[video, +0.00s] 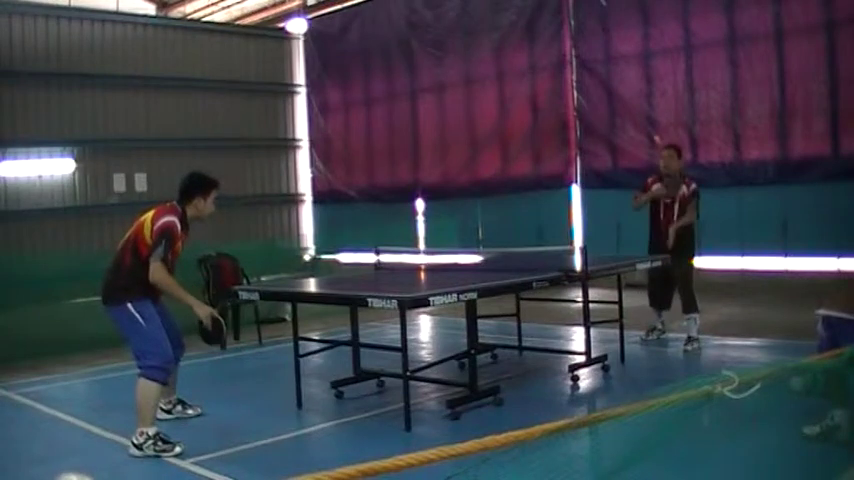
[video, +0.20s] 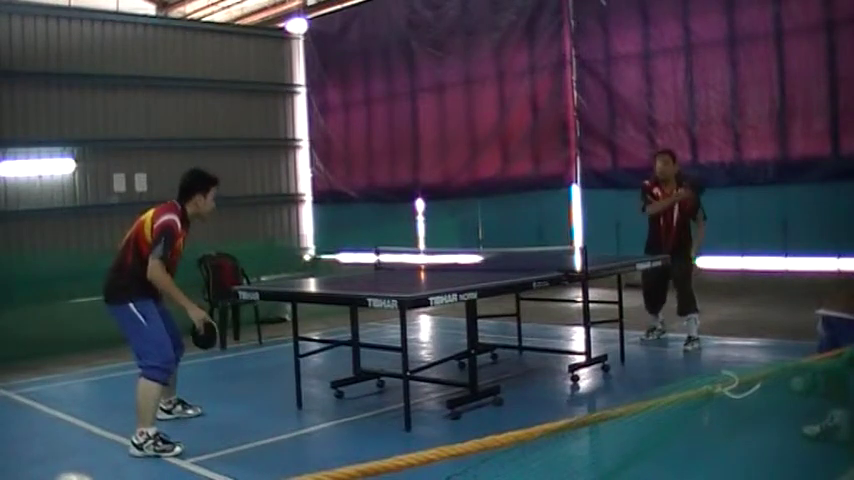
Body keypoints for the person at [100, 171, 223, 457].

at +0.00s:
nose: (214, 207)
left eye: (214, 200)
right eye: (212, 200)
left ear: (193, 198)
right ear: (197, 200)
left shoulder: (174, 217)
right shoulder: (169, 223)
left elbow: (154, 270)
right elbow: (157, 274)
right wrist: (196, 305)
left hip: (144, 293)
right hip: (125, 295)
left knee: (173, 346)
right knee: (156, 358)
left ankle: (167, 403)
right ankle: (144, 435)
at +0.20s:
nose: (214, 204)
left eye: (214, 198)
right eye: (211, 198)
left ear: (194, 196)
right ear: (196, 198)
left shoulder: (176, 217)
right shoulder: (169, 221)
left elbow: (158, 270)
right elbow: (155, 272)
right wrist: (191, 308)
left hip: (146, 293)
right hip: (127, 295)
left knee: (173, 346)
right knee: (157, 357)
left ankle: (167, 403)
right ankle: (144, 435)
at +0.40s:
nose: (208, 189)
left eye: (208, 183)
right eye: (206, 182)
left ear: (186, 182)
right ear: (190, 183)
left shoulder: (169, 204)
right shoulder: (166, 212)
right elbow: (157, 264)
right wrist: (193, 299)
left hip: (152, 289)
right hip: (135, 291)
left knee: (173, 346)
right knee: (158, 356)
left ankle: (167, 403)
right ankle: (144, 434)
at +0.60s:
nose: (199, 184)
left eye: (198, 178)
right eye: (195, 178)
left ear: (178, 179)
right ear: (179, 179)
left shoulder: (176, 209)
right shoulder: (151, 213)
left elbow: (183, 246)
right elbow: (152, 264)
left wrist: (204, 266)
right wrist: (199, 272)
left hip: (168, 290)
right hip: (147, 293)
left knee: (184, 346)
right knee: (168, 353)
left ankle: (159, 401)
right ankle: (147, 432)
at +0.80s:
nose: (200, 204)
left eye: (200, 198)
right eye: (196, 199)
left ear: (186, 201)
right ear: (176, 202)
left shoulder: (204, 226)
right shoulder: (144, 231)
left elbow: (229, 257)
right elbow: (118, 273)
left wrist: (231, 269)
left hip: (184, 302)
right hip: (153, 304)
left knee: (196, 355)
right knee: (185, 356)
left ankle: (156, 403)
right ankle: (195, 430)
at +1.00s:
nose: (209, 227)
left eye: (208, 221)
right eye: (203, 222)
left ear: (187, 228)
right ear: (183, 228)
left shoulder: (218, 242)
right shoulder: (155, 254)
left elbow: (255, 255)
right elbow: (122, 292)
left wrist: (275, 268)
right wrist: (106, 332)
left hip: (201, 315)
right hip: (171, 316)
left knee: (197, 366)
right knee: (206, 362)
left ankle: (157, 405)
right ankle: (206, 434)